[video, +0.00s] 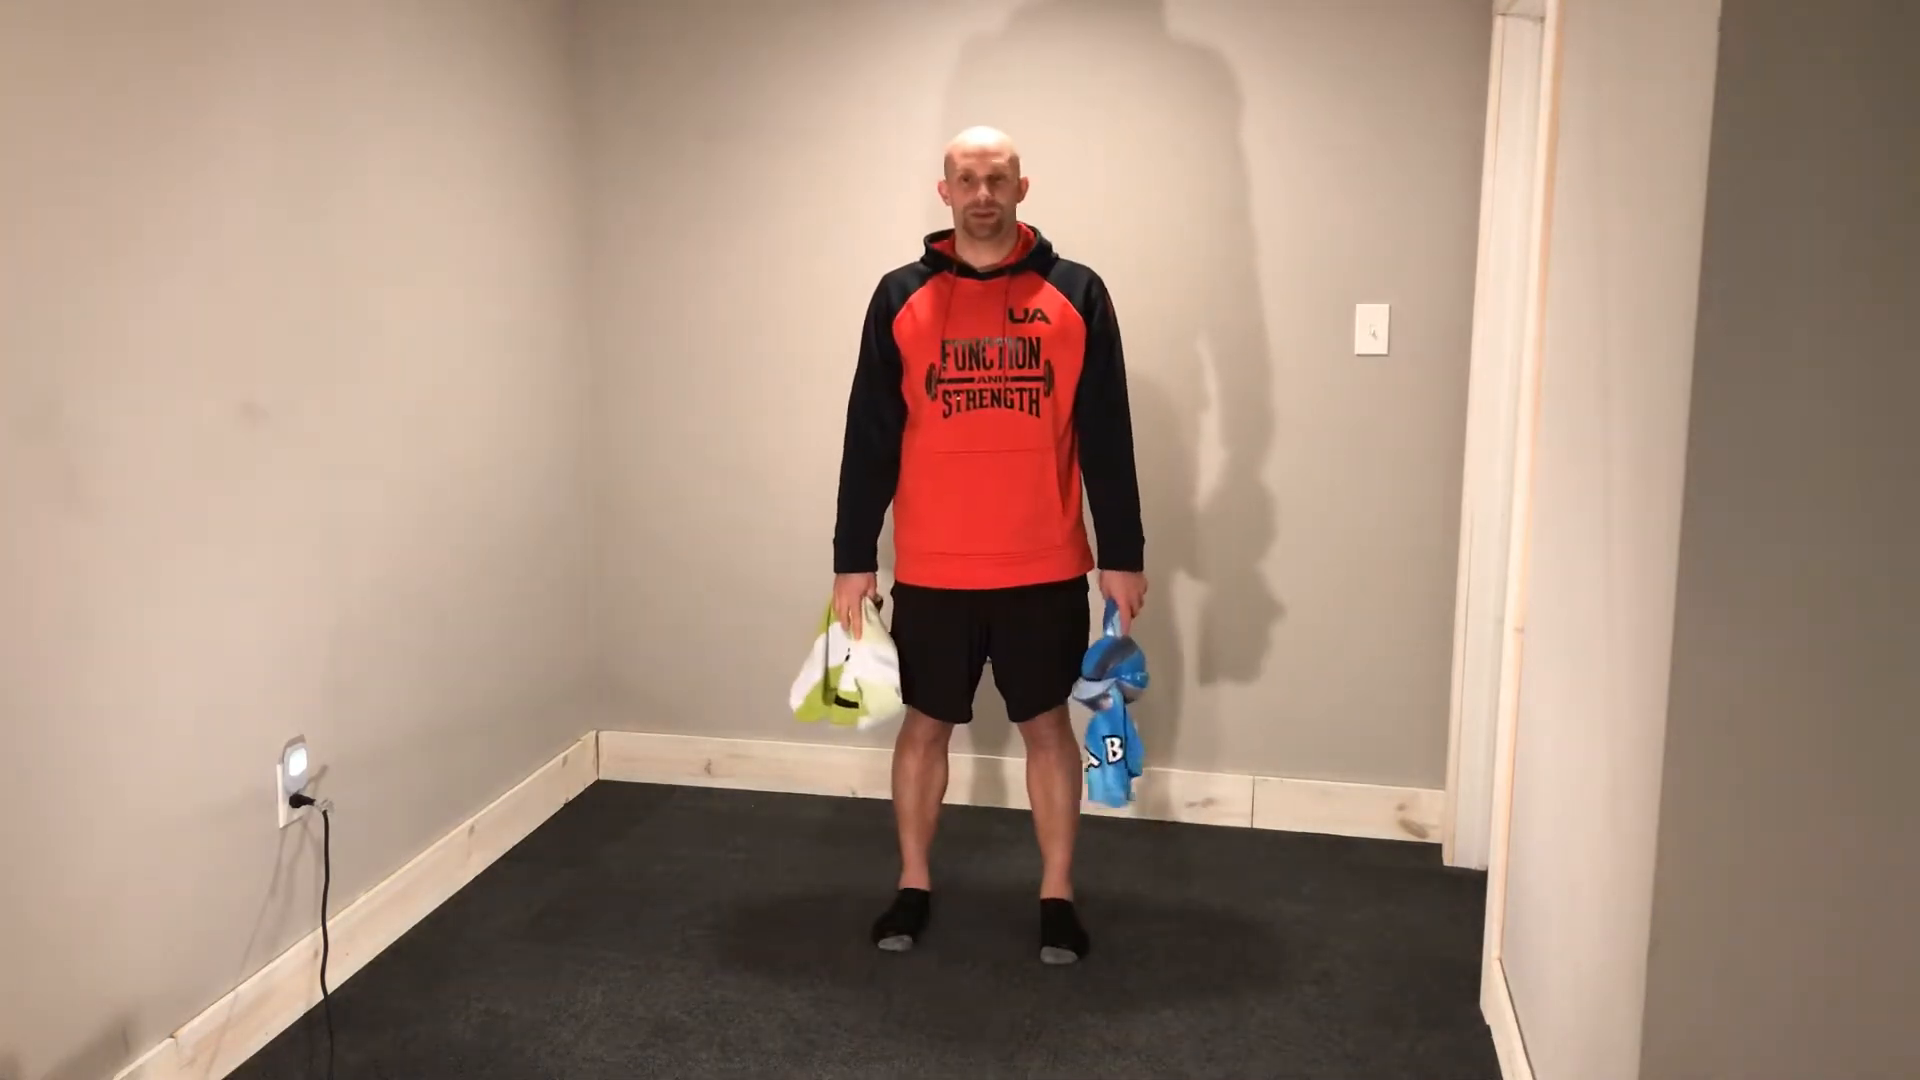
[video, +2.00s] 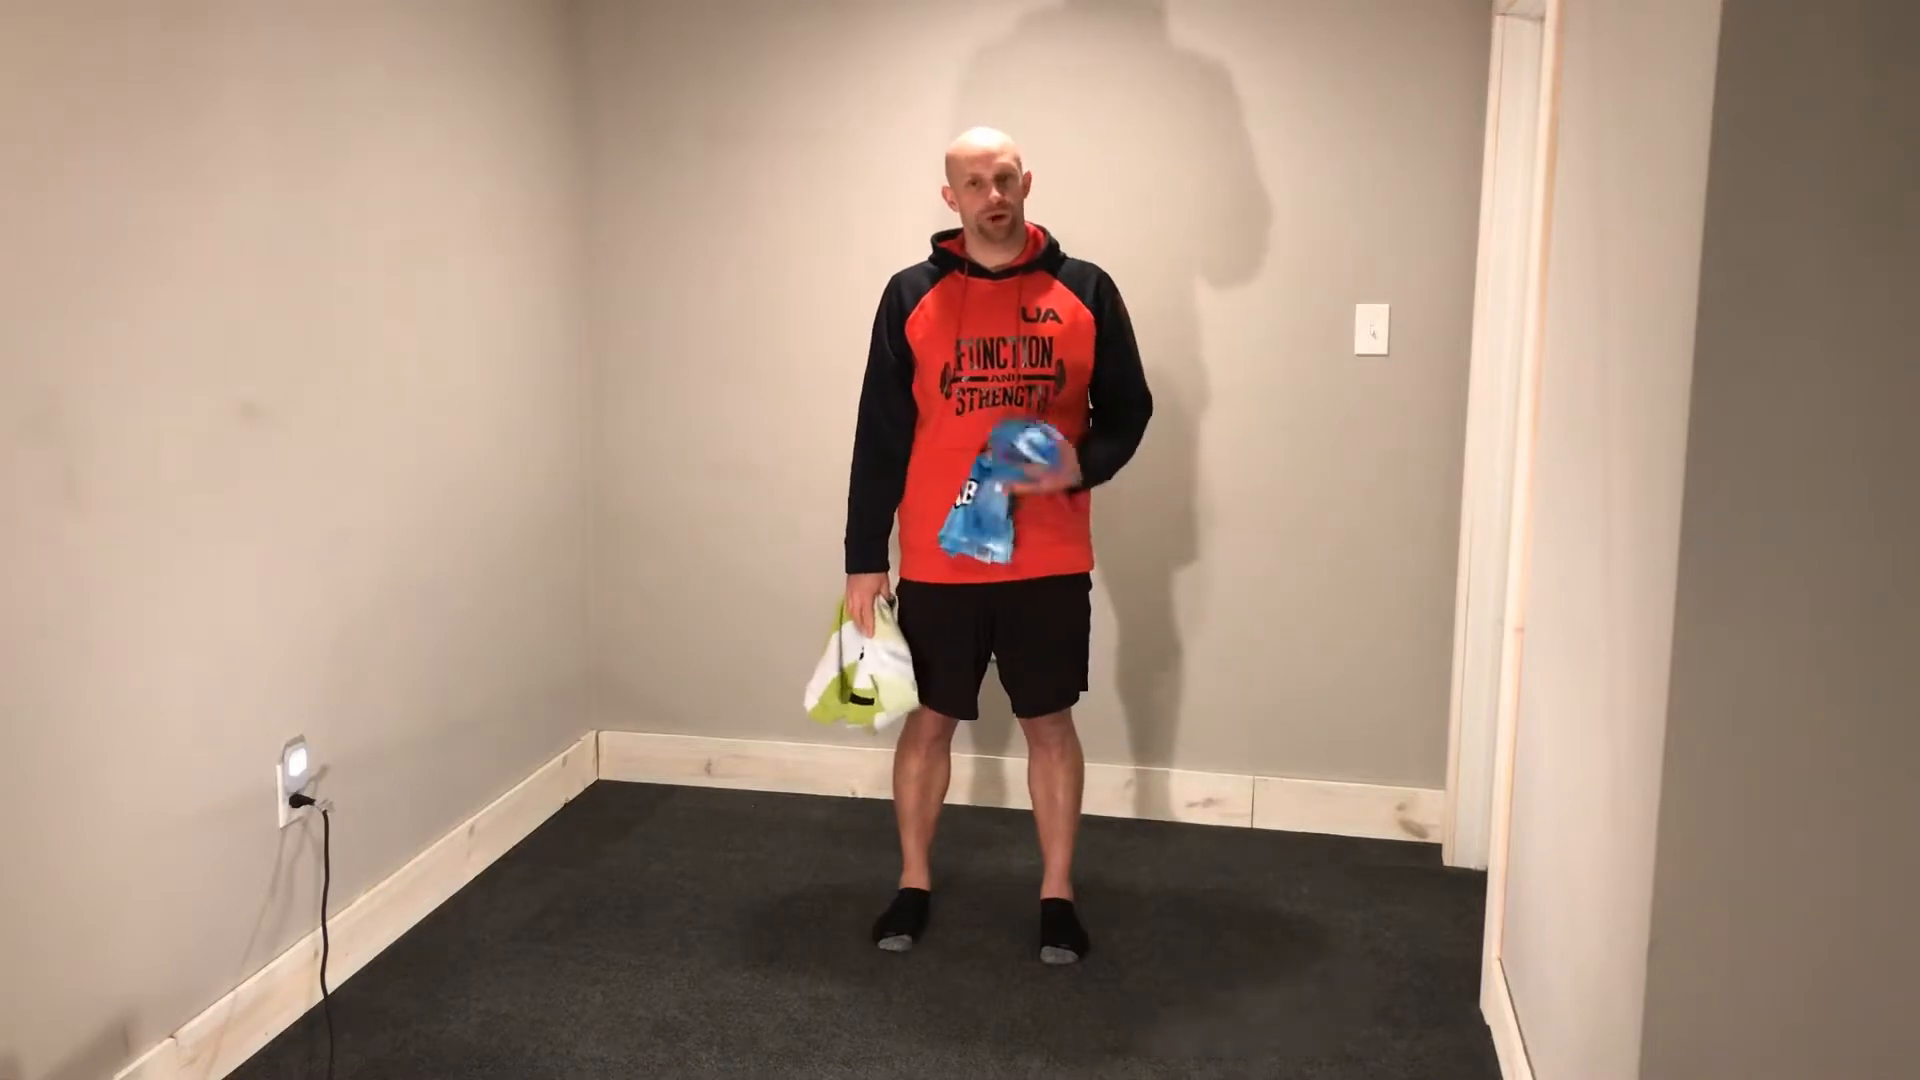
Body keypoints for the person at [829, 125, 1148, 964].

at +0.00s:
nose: (981, 192)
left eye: (995, 178)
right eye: (965, 179)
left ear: (1021, 188)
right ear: (944, 191)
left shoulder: (1076, 294)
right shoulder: (902, 297)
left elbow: (1106, 432)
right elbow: (870, 434)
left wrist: (1122, 553)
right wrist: (854, 557)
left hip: (1041, 564)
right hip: (933, 565)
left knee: (1046, 725)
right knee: (924, 726)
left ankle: (1058, 898)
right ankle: (911, 890)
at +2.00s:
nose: (994, 194)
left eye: (1005, 179)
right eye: (977, 182)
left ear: (1027, 185)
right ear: (950, 196)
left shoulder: (1085, 290)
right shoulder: (911, 296)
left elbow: (1127, 410)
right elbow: (880, 434)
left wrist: (1078, 469)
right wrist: (864, 559)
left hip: (1044, 553)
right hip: (939, 556)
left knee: (1048, 723)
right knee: (928, 720)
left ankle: (1057, 896)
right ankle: (912, 886)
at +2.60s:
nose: (984, 200)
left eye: (997, 183)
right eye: (968, 186)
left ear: (1024, 185)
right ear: (947, 194)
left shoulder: (1084, 293)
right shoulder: (909, 297)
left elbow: (1128, 406)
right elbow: (878, 434)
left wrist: (1083, 456)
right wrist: (861, 560)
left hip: (1041, 558)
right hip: (936, 560)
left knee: (1047, 725)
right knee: (927, 722)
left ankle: (1057, 897)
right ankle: (912, 887)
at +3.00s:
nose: (986, 195)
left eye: (999, 180)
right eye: (969, 182)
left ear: (1024, 188)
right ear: (947, 193)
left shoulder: (1079, 294)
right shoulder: (907, 297)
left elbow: (1123, 412)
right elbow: (873, 434)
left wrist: (1098, 439)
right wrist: (856, 558)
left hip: (1038, 560)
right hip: (933, 561)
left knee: (1044, 724)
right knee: (924, 723)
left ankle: (1057, 896)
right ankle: (911, 888)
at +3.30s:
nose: (988, 192)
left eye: (1002, 179)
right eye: (972, 180)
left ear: (1024, 189)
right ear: (948, 192)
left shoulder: (1072, 295)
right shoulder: (904, 295)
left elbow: (1107, 431)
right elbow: (870, 432)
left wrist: (1129, 403)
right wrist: (852, 556)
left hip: (1035, 563)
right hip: (930, 563)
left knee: (1042, 727)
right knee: (922, 724)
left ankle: (1057, 898)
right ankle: (911, 888)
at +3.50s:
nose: (988, 196)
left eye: (1003, 182)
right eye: (974, 181)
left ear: (1024, 191)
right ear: (948, 188)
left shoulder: (1071, 293)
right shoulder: (901, 296)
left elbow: (1110, 426)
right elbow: (869, 434)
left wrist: (1153, 400)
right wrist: (852, 557)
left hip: (1035, 560)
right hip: (929, 559)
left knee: (1040, 723)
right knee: (921, 720)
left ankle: (1057, 898)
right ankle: (912, 887)